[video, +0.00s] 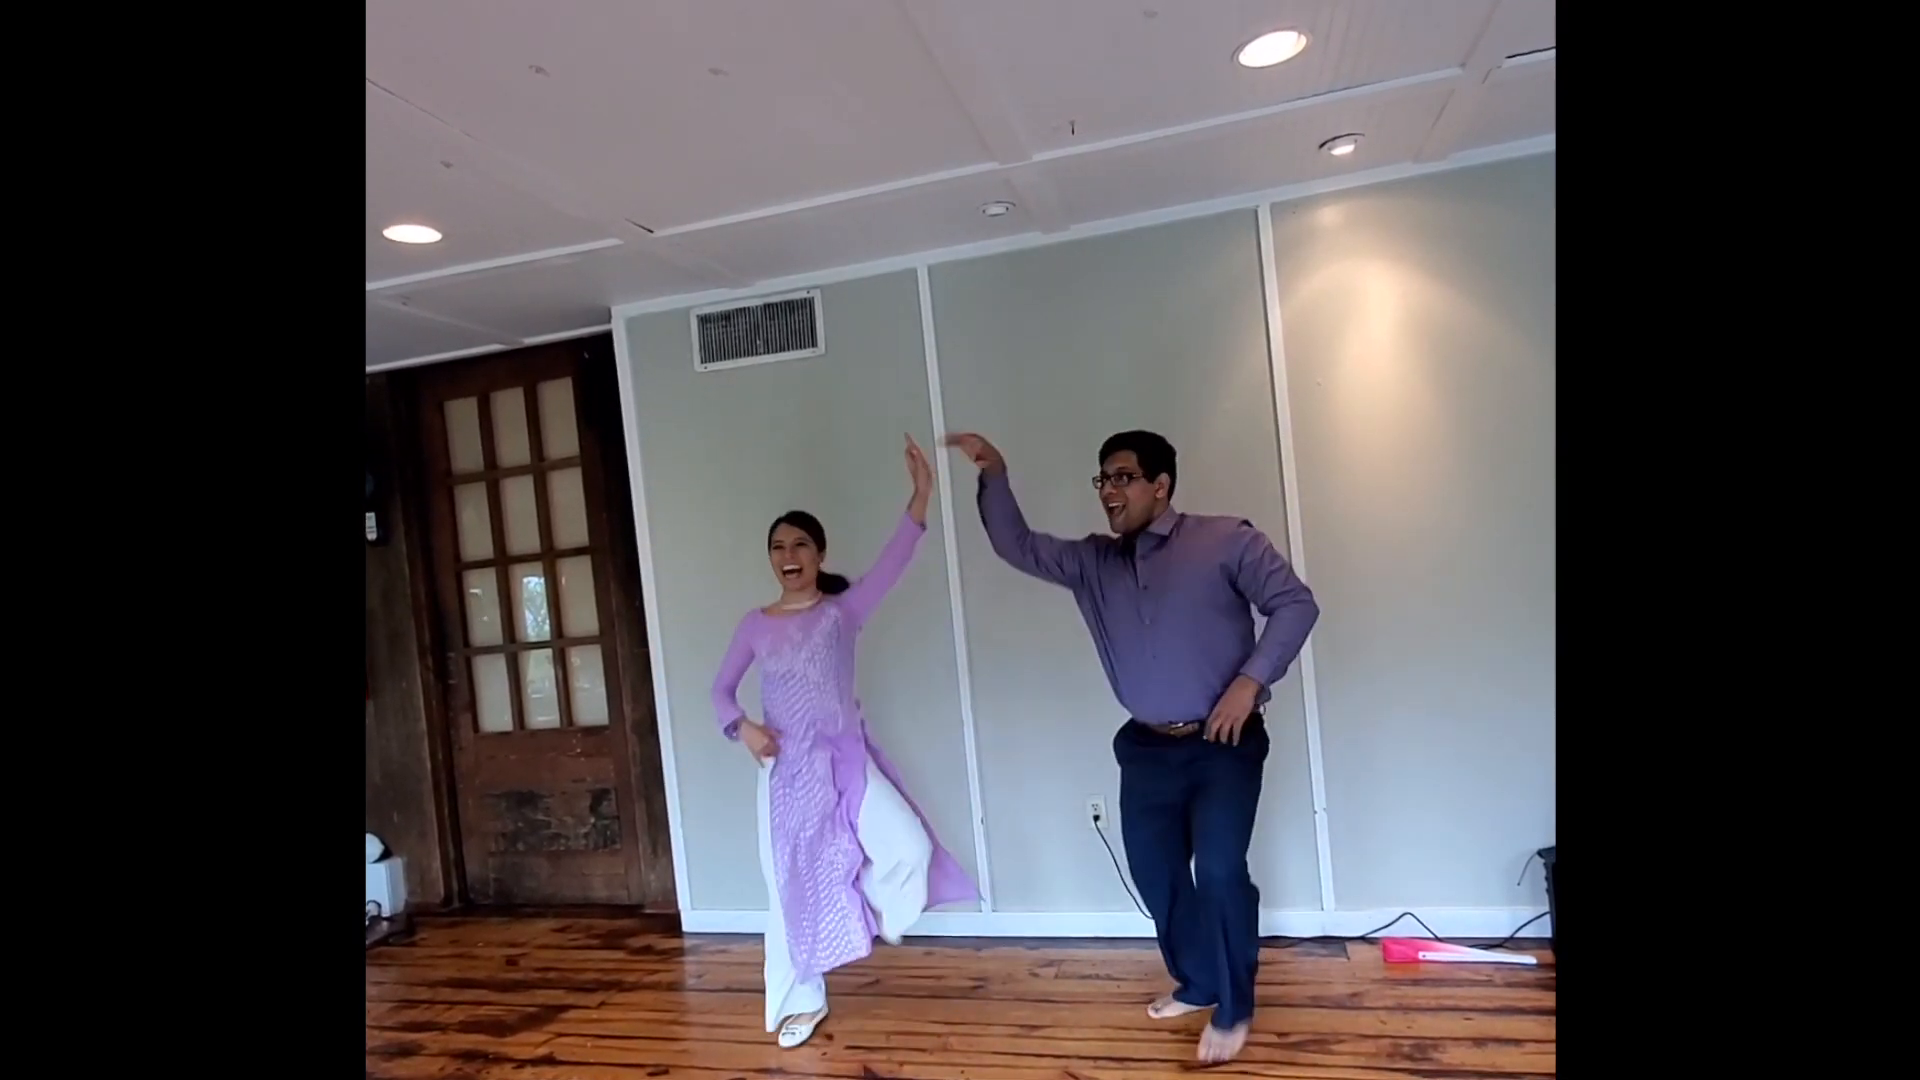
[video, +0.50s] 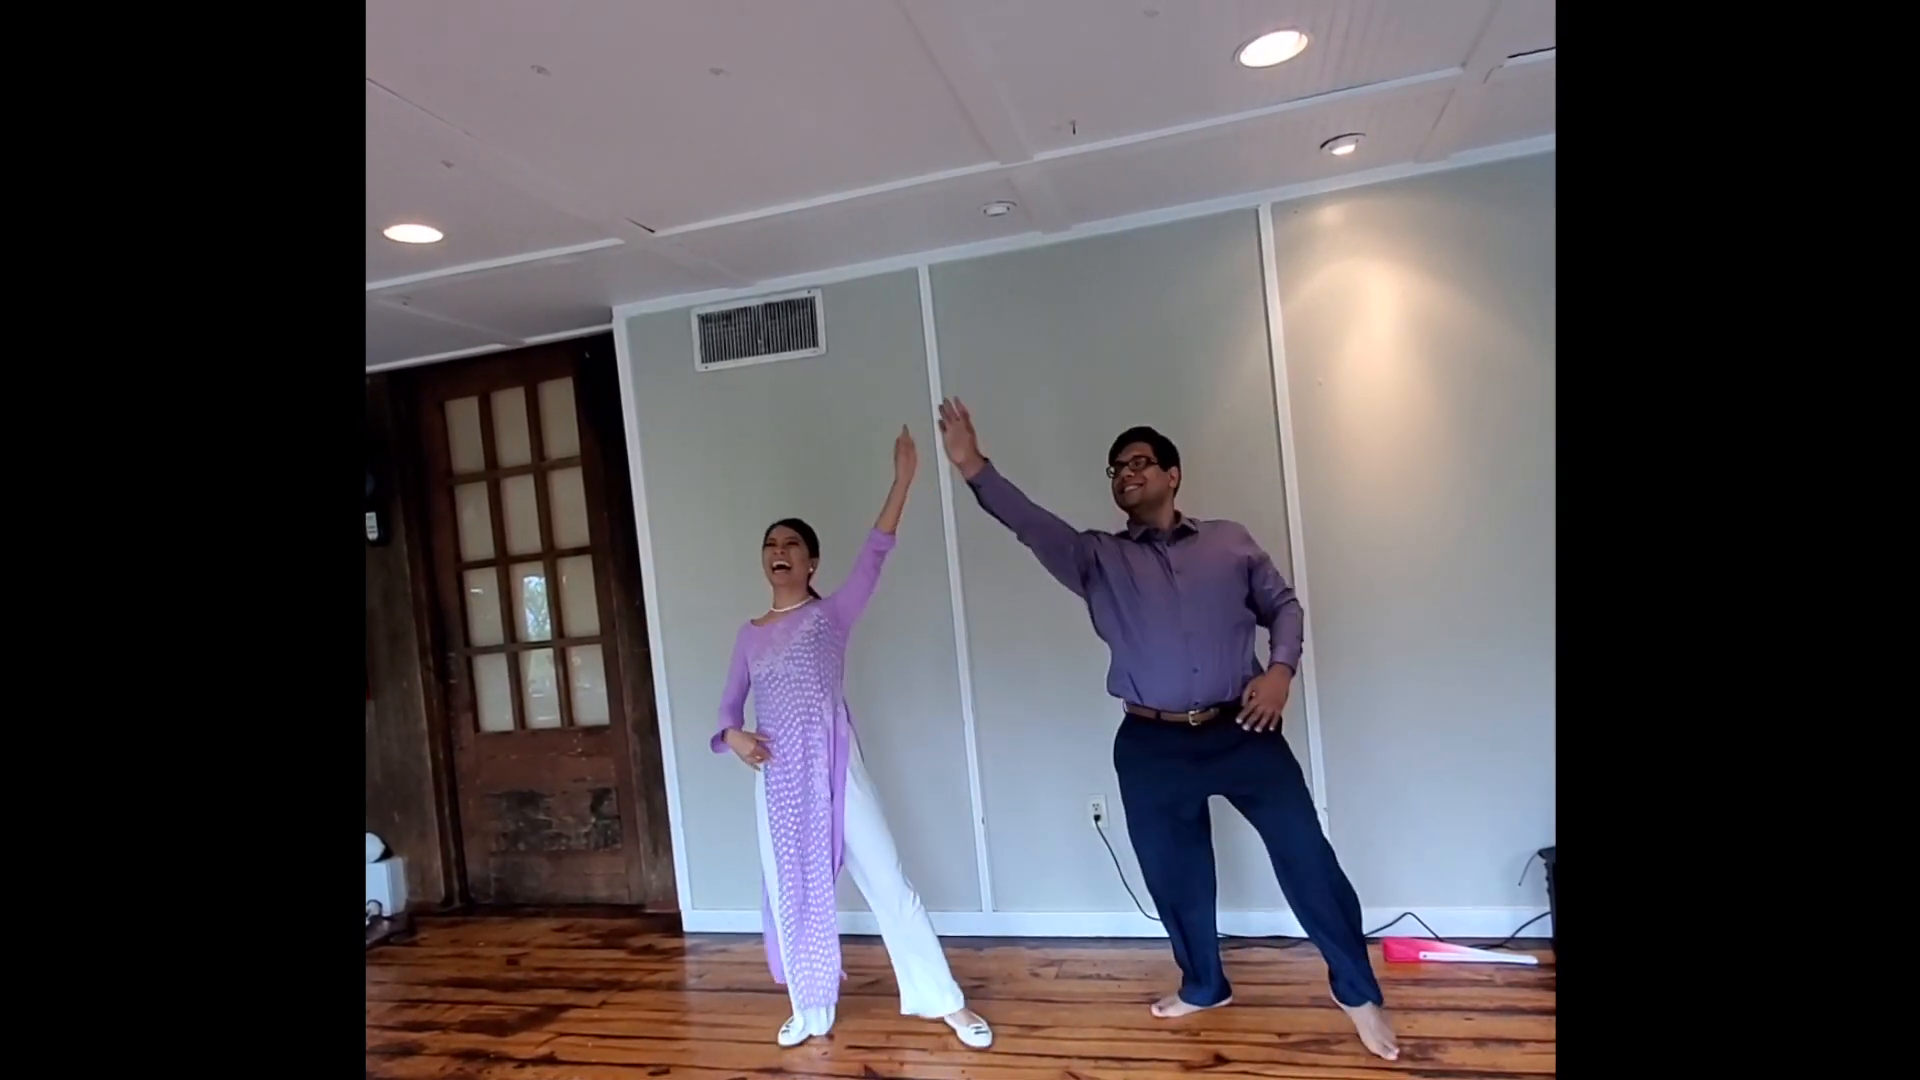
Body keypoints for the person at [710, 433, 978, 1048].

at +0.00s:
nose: (788, 557)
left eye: (799, 546)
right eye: (779, 548)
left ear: (820, 555)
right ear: (770, 559)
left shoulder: (843, 609)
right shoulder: (758, 625)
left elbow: (891, 563)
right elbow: (722, 689)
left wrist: (921, 497)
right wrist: (743, 728)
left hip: (846, 755)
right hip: (788, 762)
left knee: (911, 844)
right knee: (787, 879)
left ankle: (873, 907)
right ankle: (799, 999)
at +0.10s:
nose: (779, 567)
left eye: (792, 558)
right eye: (772, 560)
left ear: (816, 574)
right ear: (765, 576)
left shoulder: (836, 627)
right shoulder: (751, 643)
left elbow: (887, 576)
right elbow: (721, 708)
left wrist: (899, 500)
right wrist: (731, 746)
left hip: (836, 767)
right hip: (780, 777)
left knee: (900, 835)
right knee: (788, 888)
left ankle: (867, 864)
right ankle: (808, 997)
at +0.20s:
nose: (775, 556)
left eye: (787, 549)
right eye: (767, 551)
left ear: (811, 569)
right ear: (760, 571)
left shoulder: (830, 620)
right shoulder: (745, 637)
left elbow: (881, 567)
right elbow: (722, 699)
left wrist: (891, 489)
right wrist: (725, 740)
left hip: (832, 763)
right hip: (773, 772)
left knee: (899, 845)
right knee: (784, 889)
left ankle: (888, 897)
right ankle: (805, 996)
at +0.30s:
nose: (773, 546)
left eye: (785, 539)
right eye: (766, 541)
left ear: (809, 558)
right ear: (758, 559)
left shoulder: (826, 602)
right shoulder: (742, 624)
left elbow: (876, 547)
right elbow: (718, 688)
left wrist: (895, 472)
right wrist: (722, 725)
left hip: (830, 754)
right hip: (771, 764)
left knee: (896, 856)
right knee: (786, 885)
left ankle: (934, 962)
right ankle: (801, 1002)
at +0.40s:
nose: (775, 551)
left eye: (787, 543)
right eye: (768, 544)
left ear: (810, 558)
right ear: (758, 559)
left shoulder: (822, 595)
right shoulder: (743, 620)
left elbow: (870, 533)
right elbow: (721, 685)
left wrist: (913, 469)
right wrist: (722, 724)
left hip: (831, 754)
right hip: (775, 764)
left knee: (884, 868)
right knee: (791, 883)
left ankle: (949, 993)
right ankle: (804, 1002)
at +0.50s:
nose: (778, 552)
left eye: (791, 545)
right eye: (771, 546)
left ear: (813, 563)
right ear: (761, 565)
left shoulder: (830, 613)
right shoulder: (751, 635)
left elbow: (875, 551)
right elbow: (730, 708)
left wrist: (901, 483)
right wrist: (732, 735)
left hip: (836, 763)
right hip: (779, 772)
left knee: (887, 881)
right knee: (790, 889)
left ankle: (947, 1003)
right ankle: (810, 1007)